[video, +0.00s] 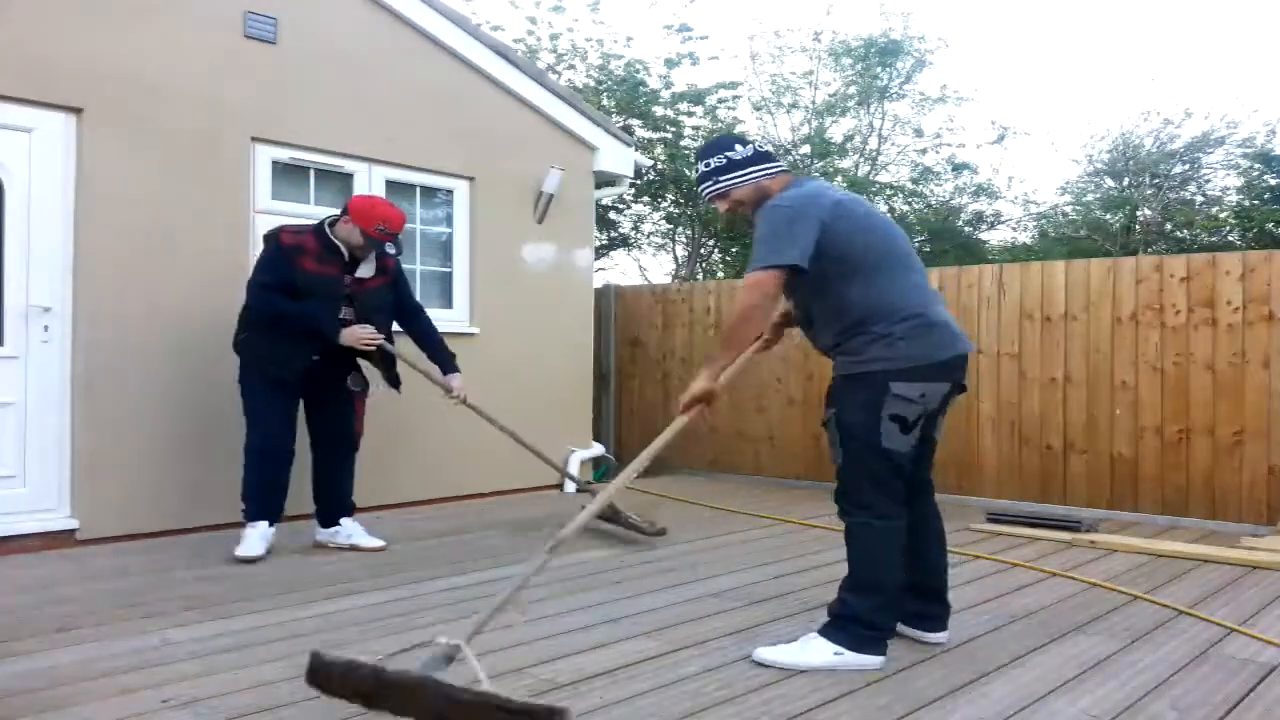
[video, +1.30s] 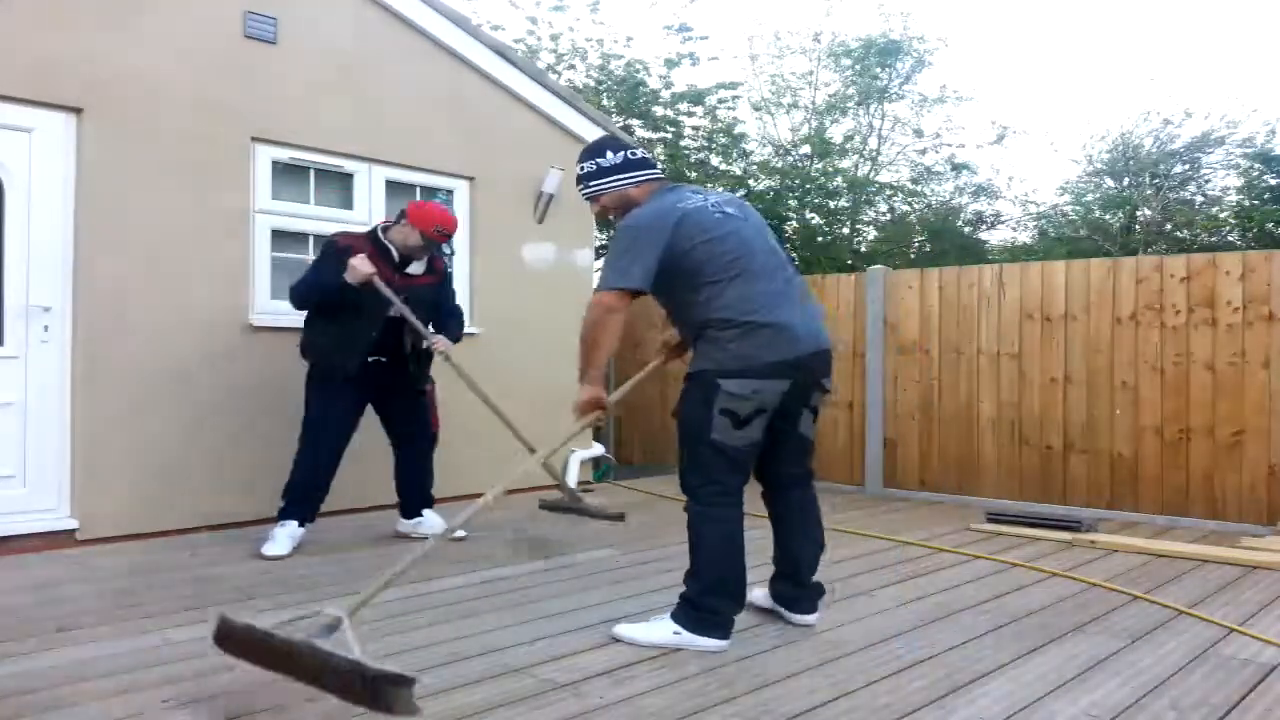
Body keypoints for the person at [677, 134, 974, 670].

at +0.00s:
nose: (723, 209)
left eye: (721, 195)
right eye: (717, 200)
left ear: (743, 177)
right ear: (764, 167)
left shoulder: (789, 206)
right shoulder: (824, 197)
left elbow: (759, 299)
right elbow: (843, 276)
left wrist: (713, 371)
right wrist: (787, 317)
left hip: (886, 361)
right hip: (932, 355)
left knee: (866, 496)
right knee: (910, 491)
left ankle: (857, 636)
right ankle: (924, 613)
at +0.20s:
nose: (736, 193)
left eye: (735, 180)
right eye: (730, 185)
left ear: (761, 159)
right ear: (780, 155)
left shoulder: (783, 203)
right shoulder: (853, 186)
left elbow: (760, 305)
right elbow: (877, 263)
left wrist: (753, 362)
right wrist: (827, 307)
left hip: (865, 364)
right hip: (913, 356)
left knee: (858, 498)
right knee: (876, 492)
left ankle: (861, 637)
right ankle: (871, 613)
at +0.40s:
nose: (735, 192)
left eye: (735, 178)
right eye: (728, 183)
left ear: (764, 162)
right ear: (785, 159)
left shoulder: (775, 210)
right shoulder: (862, 188)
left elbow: (764, 313)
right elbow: (909, 224)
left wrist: (773, 362)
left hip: (843, 363)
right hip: (907, 357)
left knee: (784, 483)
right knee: (866, 485)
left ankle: (842, 622)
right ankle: (883, 617)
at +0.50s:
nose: (722, 198)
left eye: (722, 185)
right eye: (717, 189)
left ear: (751, 169)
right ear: (774, 166)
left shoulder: (762, 216)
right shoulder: (847, 190)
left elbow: (758, 316)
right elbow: (907, 228)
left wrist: (763, 371)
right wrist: (862, 294)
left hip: (833, 361)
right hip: (902, 356)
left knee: (767, 476)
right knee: (864, 483)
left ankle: (791, 623)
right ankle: (878, 616)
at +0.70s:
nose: (683, 214)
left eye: (682, 202)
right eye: (677, 207)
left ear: (705, 184)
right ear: (728, 178)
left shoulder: (722, 223)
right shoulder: (811, 200)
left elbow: (713, 324)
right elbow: (866, 267)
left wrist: (712, 389)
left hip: (814, 361)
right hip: (884, 356)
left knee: (761, 487)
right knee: (860, 488)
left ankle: (712, 617)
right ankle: (878, 616)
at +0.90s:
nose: (630, 222)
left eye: (627, 210)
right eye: (623, 214)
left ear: (647, 190)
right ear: (667, 183)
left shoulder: (677, 225)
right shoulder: (742, 205)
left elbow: (662, 329)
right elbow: (784, 282)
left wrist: (648, 401)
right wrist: (743, 341)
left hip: (778, 361)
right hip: (845, 354)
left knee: (726, 489)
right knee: (840, 491)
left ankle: (704, 620)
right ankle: (874, 616)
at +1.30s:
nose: (598, 213)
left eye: (597, 199)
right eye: (593, 203)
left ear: (622, 183)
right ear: (646, 177)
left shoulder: (649, 217)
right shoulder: (723, 201)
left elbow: (608, 303)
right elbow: (752, 277)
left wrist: (591, 382)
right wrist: (692, 331)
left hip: (739, 359)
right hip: (807, 352)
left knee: (712, 488)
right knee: (788, 478)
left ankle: (704, 620)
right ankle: (798, 596)